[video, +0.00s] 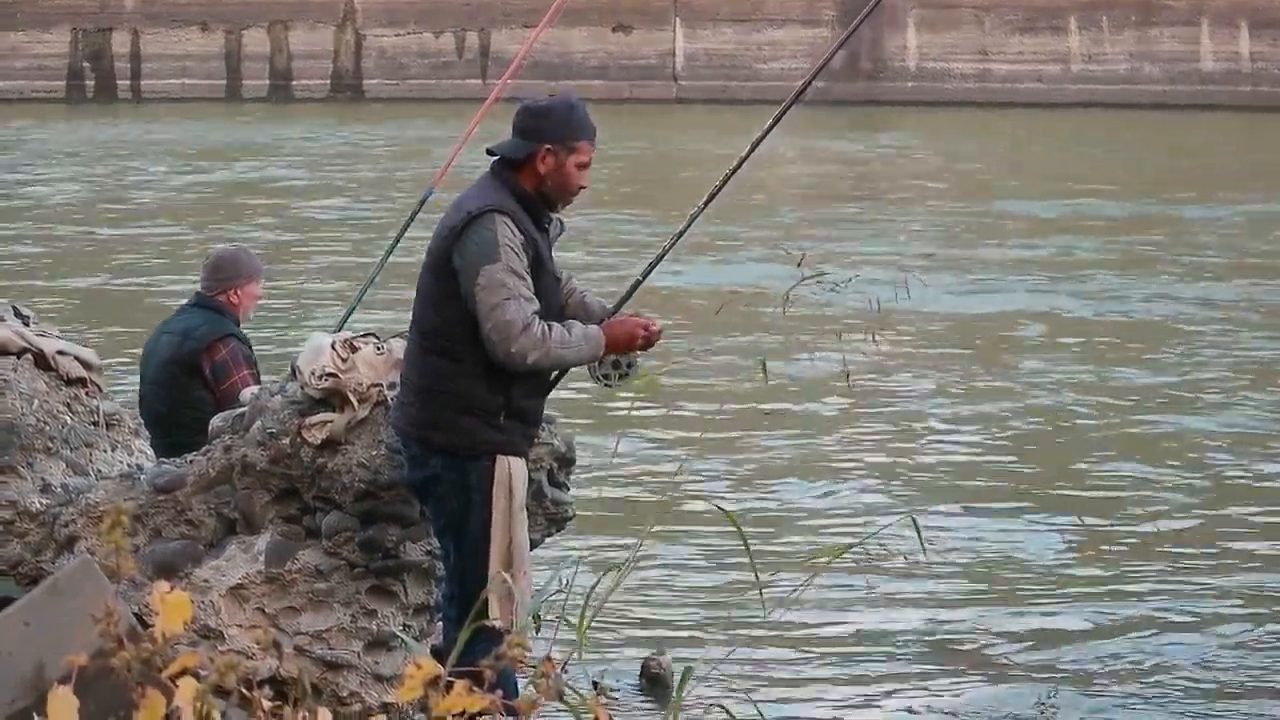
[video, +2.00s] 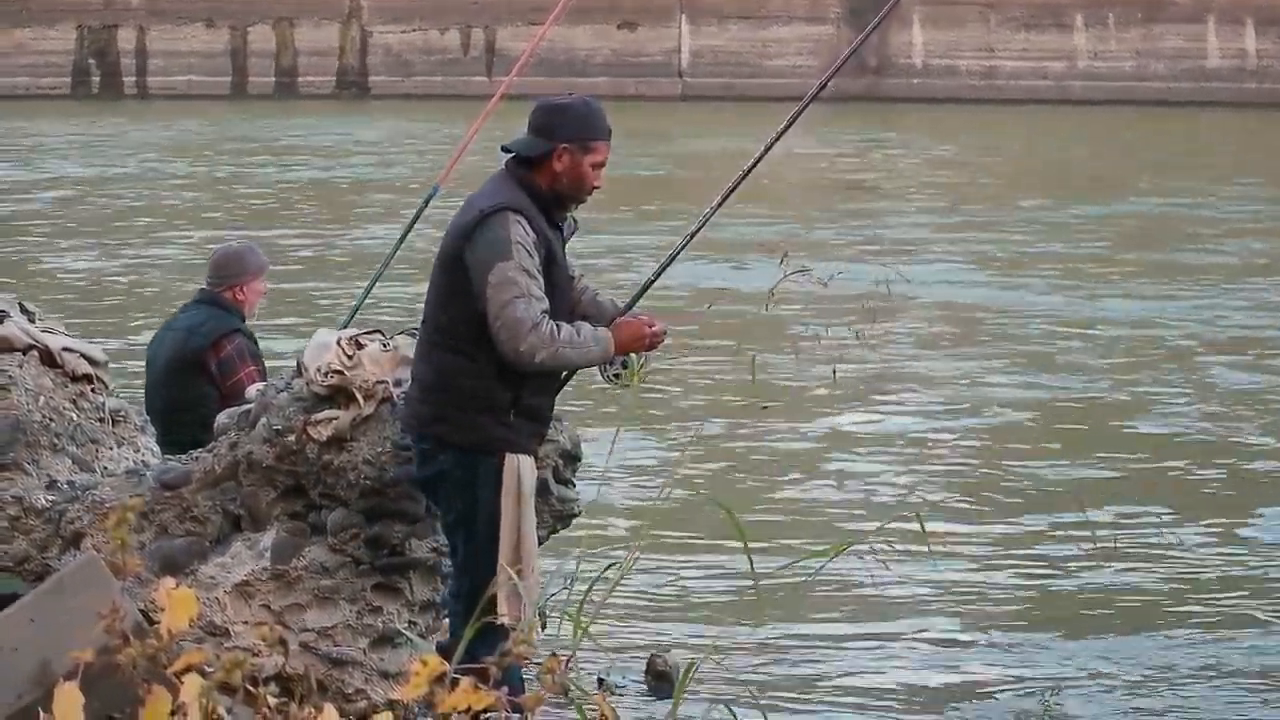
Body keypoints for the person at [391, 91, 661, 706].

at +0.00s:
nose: (586, 178)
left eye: (589, 165)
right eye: (582, 165)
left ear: (548, 159)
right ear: (543, 159)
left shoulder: (518, 217)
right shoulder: (492, 224)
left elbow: (554, 297)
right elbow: (515, 339)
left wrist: (613, 322)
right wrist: (604, 337)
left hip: (480, 439)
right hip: (458, 443)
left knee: (484, 596)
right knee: (479, 602)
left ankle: (478, 709)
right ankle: (474, 712)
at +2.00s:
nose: (601, 179)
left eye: (604, 165)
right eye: (595, 165)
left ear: (560, 159)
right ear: (559, 159)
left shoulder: (533, 216)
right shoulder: (505, 223)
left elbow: (564, 295)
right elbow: (524, 340)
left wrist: (619, 322)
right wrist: (611, 341)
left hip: (492, 436)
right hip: (467, 440)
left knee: (498, 589)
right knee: (484, 595)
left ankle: (493, 705)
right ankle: (478, 707)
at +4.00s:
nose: (599, 184)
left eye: (602, 171)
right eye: (594, 171)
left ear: (560, 161)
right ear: (558, 162)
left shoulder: (530, 215)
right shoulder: (508, 225)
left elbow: (552, 299)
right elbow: (507, 339)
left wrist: (621, 331)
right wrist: (590, 402)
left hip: (489, 437)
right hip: (468, 443)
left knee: (494, 595)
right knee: (490, 600)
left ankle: (486, 710)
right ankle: (485, 712)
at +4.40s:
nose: (602, 184)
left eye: (605, 171)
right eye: (597, 170)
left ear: (563, 161)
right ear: (561, 162)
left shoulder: (535, 217)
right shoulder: (510, 224)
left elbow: (558, 300)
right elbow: (500, 331)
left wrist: (627, 336)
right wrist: (590, 383)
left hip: (494, 437)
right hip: (470, 443)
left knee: (498, 592)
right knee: (489, 598)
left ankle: (491, 710)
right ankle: (484, 713)